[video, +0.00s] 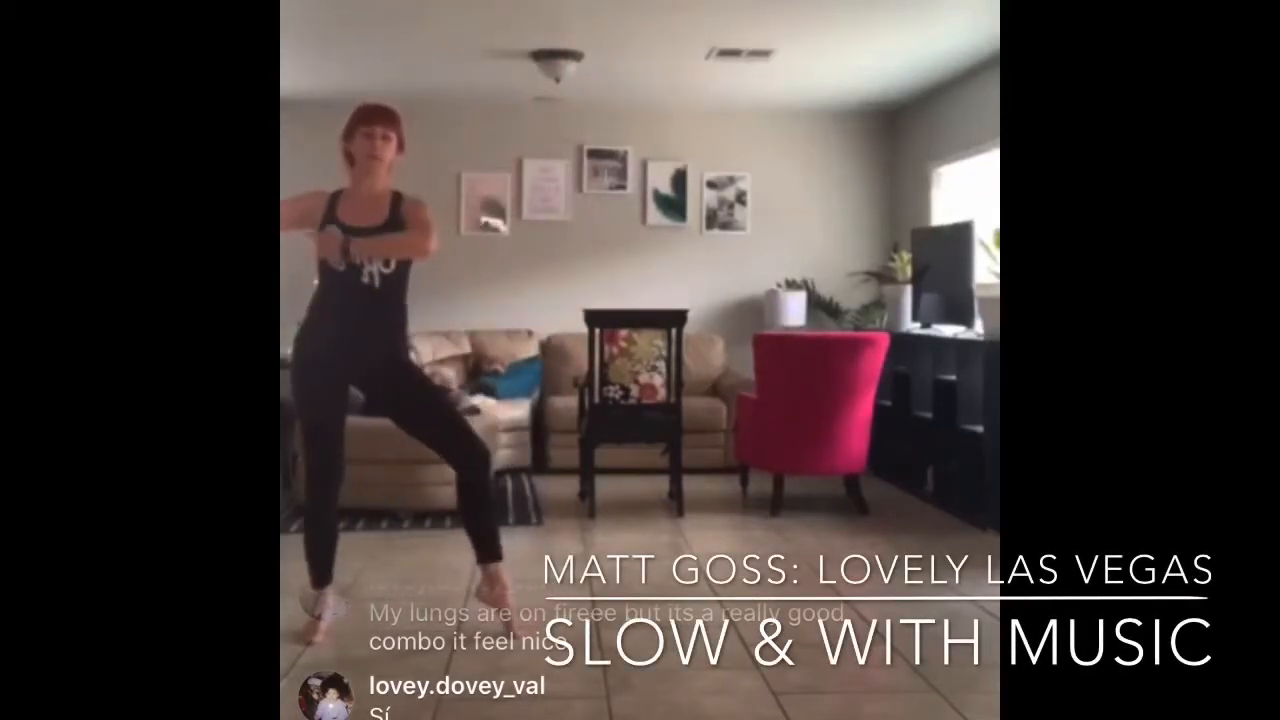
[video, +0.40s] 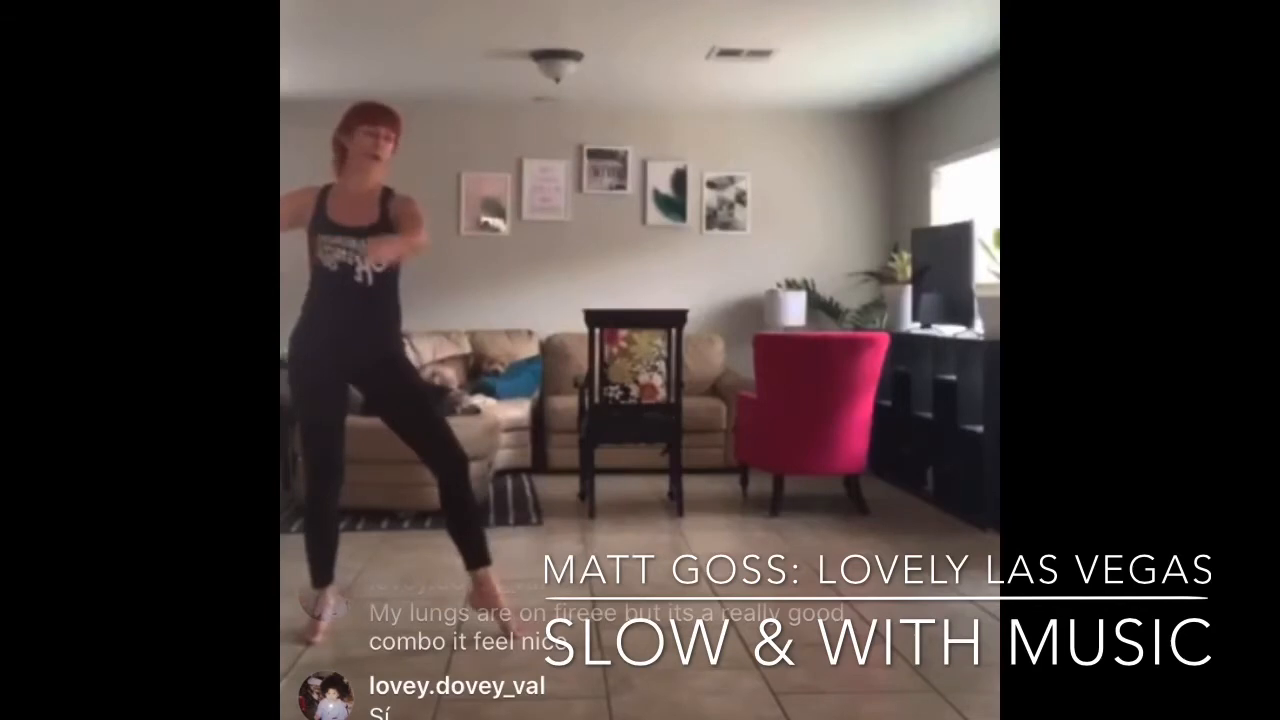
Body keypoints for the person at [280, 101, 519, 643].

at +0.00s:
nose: (375, 144)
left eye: (384, 138)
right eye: (366, 136)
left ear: (398, 151)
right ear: (346, 146)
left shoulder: (410, 209)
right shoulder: (321, 205)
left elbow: (424, 246)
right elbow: (280, 218)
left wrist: (351, 245)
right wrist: (314, 232)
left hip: (383, 359)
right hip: (320, 356)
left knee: (472, 455)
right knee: (323, 473)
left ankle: (492, 579)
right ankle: (321, 594)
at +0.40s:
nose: (380, 143)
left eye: (388, 139)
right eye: (370, 134)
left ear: (395, 151)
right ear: (344, 140)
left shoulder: (399, 206)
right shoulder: (311, 201)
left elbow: (418, 239)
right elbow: (277, 219)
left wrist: (392, 248)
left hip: (378, 353)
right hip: (316, 352)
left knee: (450, 460)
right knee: (323, 473)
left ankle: (483, 583)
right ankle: (323, 592)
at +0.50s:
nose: (380, 145)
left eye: (388, 140)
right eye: (370, 134)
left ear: (393, 153)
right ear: (343, 138)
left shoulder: (394, 204)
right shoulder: (305, 201)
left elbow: (446, 224)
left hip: (380, 350)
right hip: (319, 351)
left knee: (439, 463)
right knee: (325, 474)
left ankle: (482, 581)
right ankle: (323, 592)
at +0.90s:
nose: (428, 137)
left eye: (431, 130)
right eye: (419, 126)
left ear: (421, 140)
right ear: (388, 128)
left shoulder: (421, 192)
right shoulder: (365, 190)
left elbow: (467, 218)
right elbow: (331, 230)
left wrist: (518, 227)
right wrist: (314, 249)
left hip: (428, 344)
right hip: (380, 345)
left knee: (449, 460)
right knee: (374, 464)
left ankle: (427, 588)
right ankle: (331, 587)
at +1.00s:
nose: (441, 138)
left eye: (444, 131)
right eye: (433, 127)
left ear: (431, 137)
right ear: (403, 128)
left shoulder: (426, 192)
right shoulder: (384, 190)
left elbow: (449, 240)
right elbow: (441, 240)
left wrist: (480, 237)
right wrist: (482, 229)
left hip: (440, 338)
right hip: (404, 338)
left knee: (449, 461)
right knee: (412, 463)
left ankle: (427, 588)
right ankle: (366, 595)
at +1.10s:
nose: (454, 139)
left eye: (455, 130)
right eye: (448, 128)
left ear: (421, 129)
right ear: (421, 126)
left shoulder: (399, 185)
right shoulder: (414, 188)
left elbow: (414, 236)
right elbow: (490, 212)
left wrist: (453, 247)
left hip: (417, 331)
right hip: (427, 335)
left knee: (437, 458)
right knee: (446, 460)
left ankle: (426, 582)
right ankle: (441, 585)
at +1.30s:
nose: (470, 135)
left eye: (467, 125)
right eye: (465, 126)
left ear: (417, 136)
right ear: (450, 132)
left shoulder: (392, 192)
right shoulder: (477, 187)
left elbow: (348, 247)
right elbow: (541, 226)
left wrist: (389, 257)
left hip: (409, 337)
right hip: (463, 337)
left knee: (429, 459)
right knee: (475, 461)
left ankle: (425, 581)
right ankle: (490, 571)